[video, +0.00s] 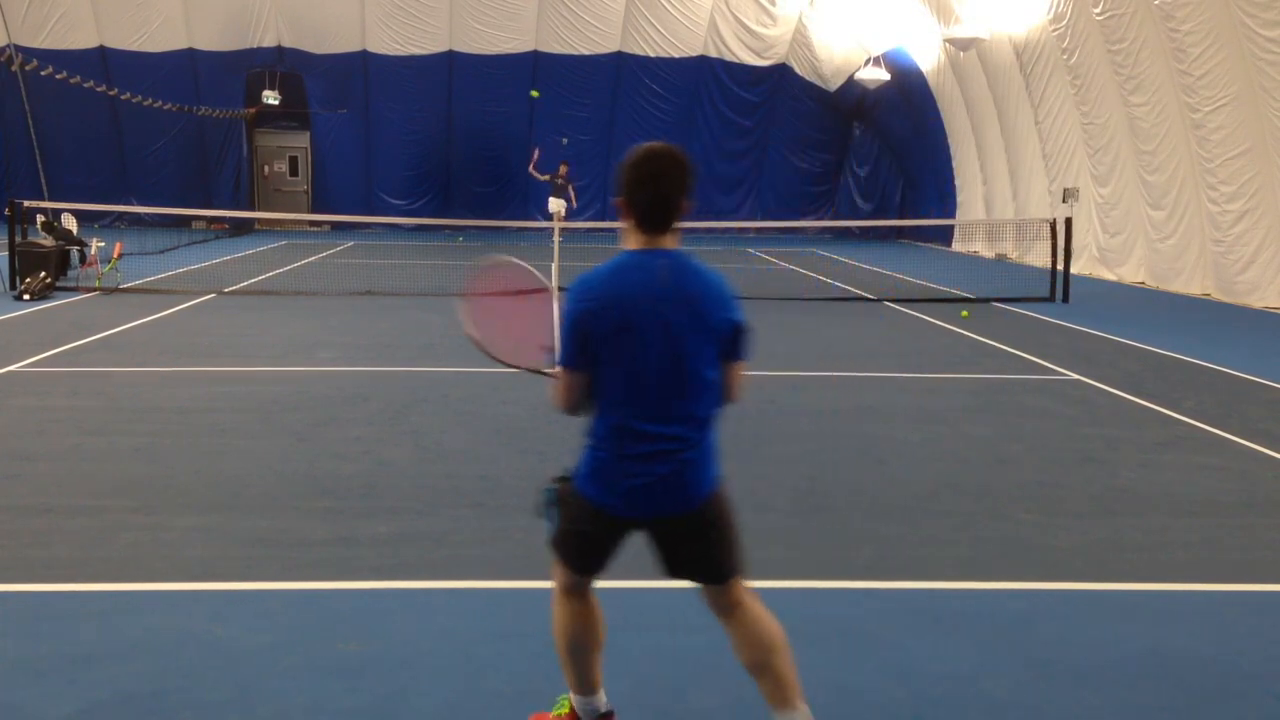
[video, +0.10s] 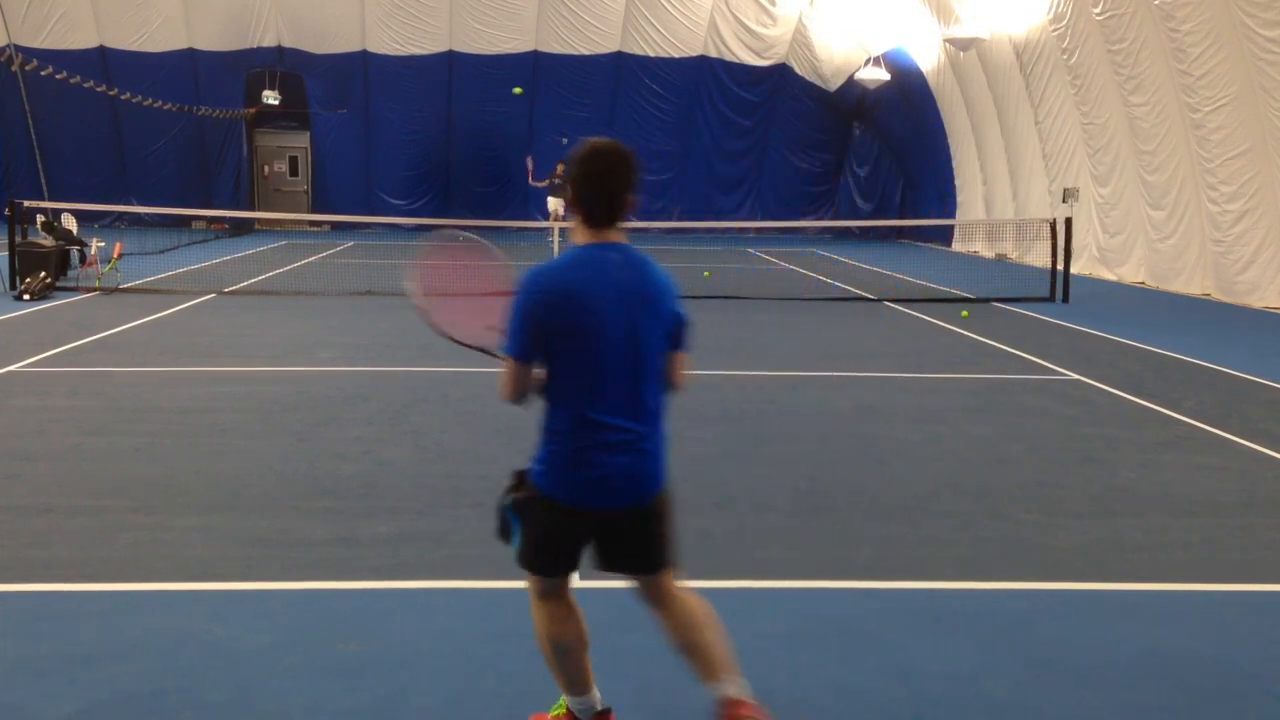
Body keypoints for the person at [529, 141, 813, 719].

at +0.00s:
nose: (624, 205)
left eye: (622, 197)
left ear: (621, 206)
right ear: (683, 208)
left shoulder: (591, 291)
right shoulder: (711, 289)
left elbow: (569, 397)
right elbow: (730, 388)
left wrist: (596, 365)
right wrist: (669, 372)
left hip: (608, 481)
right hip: (689, 483)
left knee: (571, 584)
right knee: (732, 597)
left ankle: (589, 707)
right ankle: (795, 711)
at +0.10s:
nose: (560, 195)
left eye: (563, 187)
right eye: (565, 185)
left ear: (568, 199)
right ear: (628, 202)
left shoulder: (544, 282)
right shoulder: (655, 280)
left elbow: (513, 389)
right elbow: (676, 373)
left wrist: (551, 369)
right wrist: (614, 359)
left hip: (565, 473)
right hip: (639, 473)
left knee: (549, 586)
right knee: (661, 583)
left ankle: (584, 707)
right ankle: (735, 697)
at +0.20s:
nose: (518, 183)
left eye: (519, 176)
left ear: (520, 186)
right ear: (583, 187)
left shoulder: (509, 263)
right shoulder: (607, 261)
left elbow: (474, 371)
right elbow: (621, 358)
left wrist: (462, 354)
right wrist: (526, 399)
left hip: (539, 453)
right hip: (604, 450)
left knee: (505, 573)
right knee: (588, 563)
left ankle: (556, 693)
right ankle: (645, 690)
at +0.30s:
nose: (468, 187)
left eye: (470, 179)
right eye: (474, 178)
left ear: (474, 189)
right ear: (535, 187)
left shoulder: (481, 264)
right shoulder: (556, 259)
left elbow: (442, 376)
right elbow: (544, 371)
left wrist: (416, 366)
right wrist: (473, 404)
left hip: (516, 453)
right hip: (568, 445)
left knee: (432, 575)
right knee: (540, 561)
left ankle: (490, 698)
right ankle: (582, 693)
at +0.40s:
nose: (422, 199)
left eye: (425, 192)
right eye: (427, 190)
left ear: (428, 202)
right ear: (490, 203)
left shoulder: (451, 282)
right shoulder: (500, 269)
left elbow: (406, 388)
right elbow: (480, 386)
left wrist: (355, 377)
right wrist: (402, 417)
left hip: (475, 472)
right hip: (514, 462)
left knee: (388, 594)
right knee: (497, 576)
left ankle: (377, 712)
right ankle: (574, 690)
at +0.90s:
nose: (272, 210)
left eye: (274, 198)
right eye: (273, 198)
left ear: (289, 204)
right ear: (333, 201)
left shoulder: (326, 269)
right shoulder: (333, 262)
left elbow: (294, 348)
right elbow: (269, 319)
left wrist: (190, 327)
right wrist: (179, 317)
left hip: (308, 456)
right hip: (290, 447)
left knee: (250, 604)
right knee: (236, 567)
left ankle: (333, 714)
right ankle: (277, 690)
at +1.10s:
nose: (231, 187)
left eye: (231, 178)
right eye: (232, 177)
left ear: (239, 184)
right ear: (299, 173)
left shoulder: (285, 242)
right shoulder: (331, 236)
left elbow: (335, 310)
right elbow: (376, 313)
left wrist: (367, 390)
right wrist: (414, 371)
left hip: (270, 436)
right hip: (305, 434)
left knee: (239, 575)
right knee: (272, 554)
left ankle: (322, 702)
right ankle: (274, 678)